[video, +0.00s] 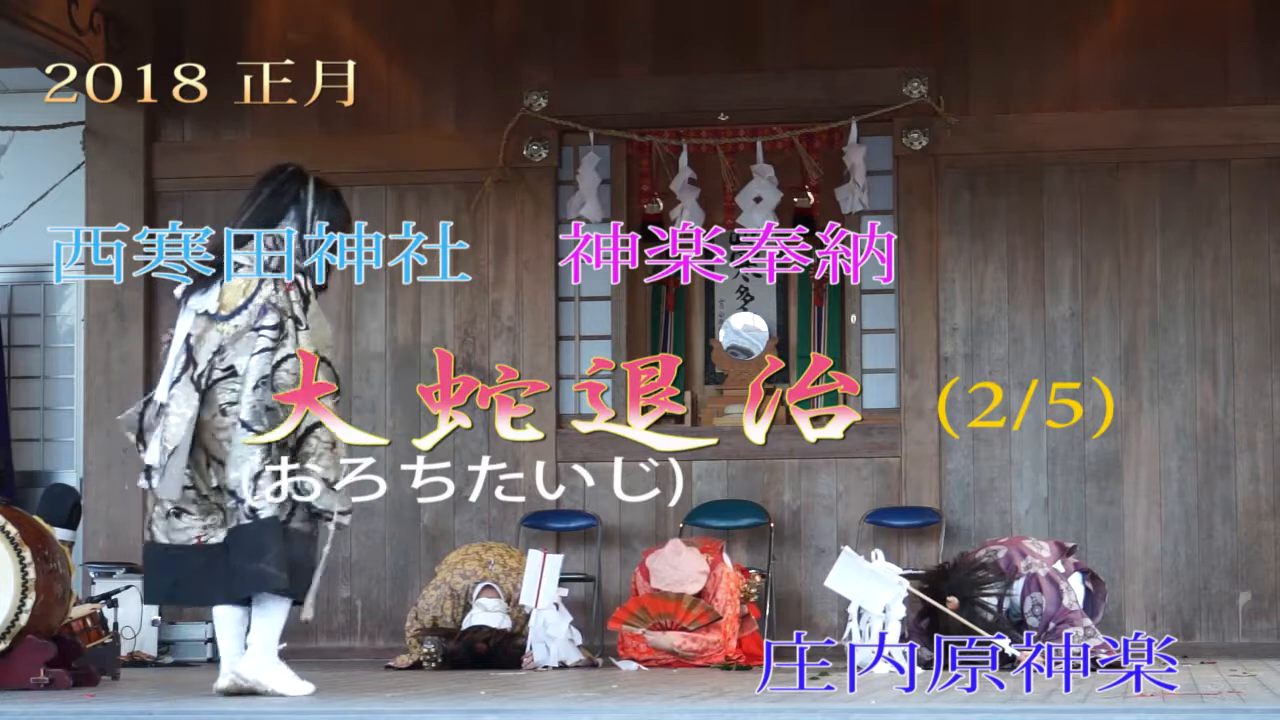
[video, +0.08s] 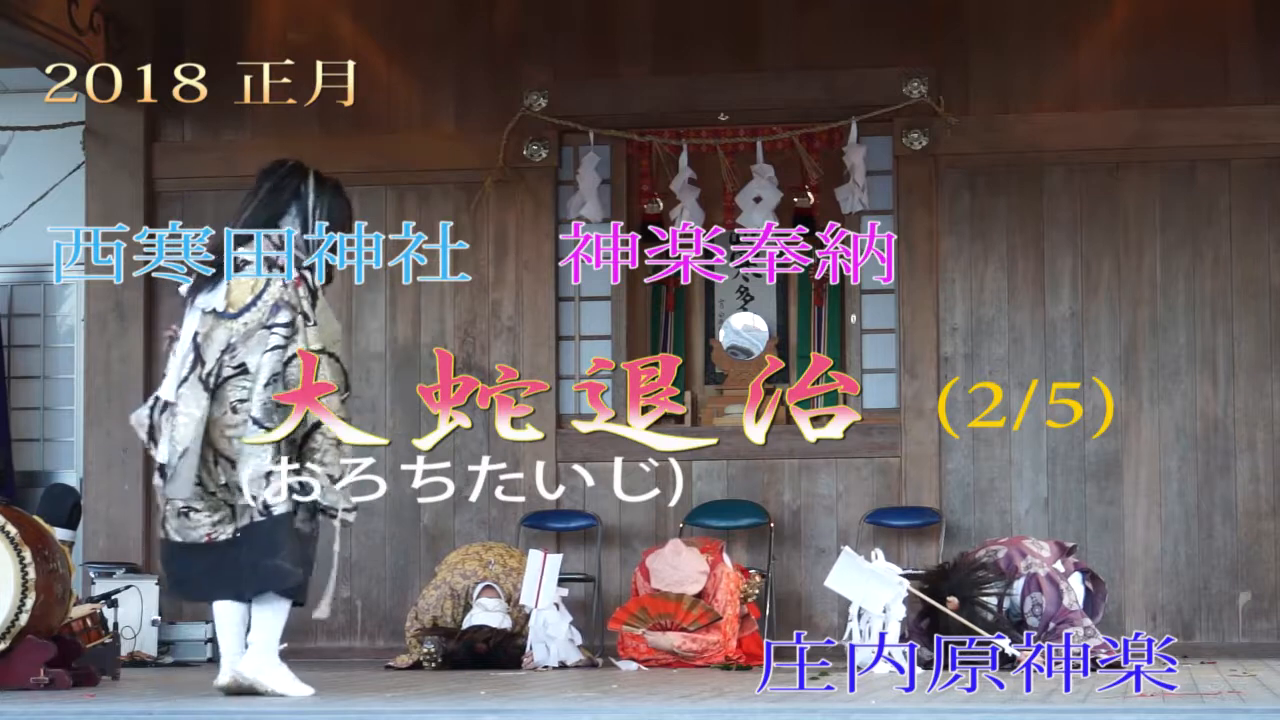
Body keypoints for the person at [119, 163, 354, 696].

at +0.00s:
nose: (328, 253)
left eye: (330, 238)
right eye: (325, 237)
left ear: (257, 216)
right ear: (302, 231)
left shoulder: (208, 290)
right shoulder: (286, 292)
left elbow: (182, 372)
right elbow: (290, 379)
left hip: (206, 428)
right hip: (260, 429)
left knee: (225, 539)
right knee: (283, 535)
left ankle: (231, 664)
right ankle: (263, 655)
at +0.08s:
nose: (332, 252)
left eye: (333, 237)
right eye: (329, 236)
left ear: (259, 214)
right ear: (306, 228)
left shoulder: (214, 290)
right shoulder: (293, 295)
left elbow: (187, 371)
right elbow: (310, 382)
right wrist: (317, 462)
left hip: (207, 432)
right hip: (264, 435)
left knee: (223, 541)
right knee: (281, 537)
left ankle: (230, 661)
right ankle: (263, 656)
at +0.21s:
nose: (334, 235)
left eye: (335, 222)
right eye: (332, 221)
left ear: (260, 206)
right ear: (313, 219)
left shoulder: (217, 286)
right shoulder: (309, 293)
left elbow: (195, 367)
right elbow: (334, 383)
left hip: (212, 431)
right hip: (276, 435)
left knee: (227, 537)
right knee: (287, 533)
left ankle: (233, 655)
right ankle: (264, 654)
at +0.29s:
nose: (342, 229)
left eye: (341, 216)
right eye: (339, 216)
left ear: (264, 201)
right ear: (320, 213)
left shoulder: (228, 275)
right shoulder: (313, 285)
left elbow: (205, 356)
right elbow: (340, 368)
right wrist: (371, 402)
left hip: (222, 428)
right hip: (281, 433)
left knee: (235, 535)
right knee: (286, 535)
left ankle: (233, 652)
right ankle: (264, 655)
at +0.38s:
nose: (349, 224)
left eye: (347, 213)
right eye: (344, 212)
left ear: (268, 200)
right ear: (325, 211)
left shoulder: (232, 274)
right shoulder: (319, 283)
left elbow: (211, 360)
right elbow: (344, 373)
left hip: (228, 428)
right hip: (289, 436)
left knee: (240, 532)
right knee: (292, 534)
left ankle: (239, 647)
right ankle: (265, 652)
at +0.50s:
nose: (346, 224)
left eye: (337, 216)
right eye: (343, 212)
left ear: (272, 204)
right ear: (328, 209)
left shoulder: (245, 277)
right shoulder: (329, 283)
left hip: (241, 420)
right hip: (301, 424)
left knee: (252, 528)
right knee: (295, 530)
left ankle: (247, 646)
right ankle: (266, 652)